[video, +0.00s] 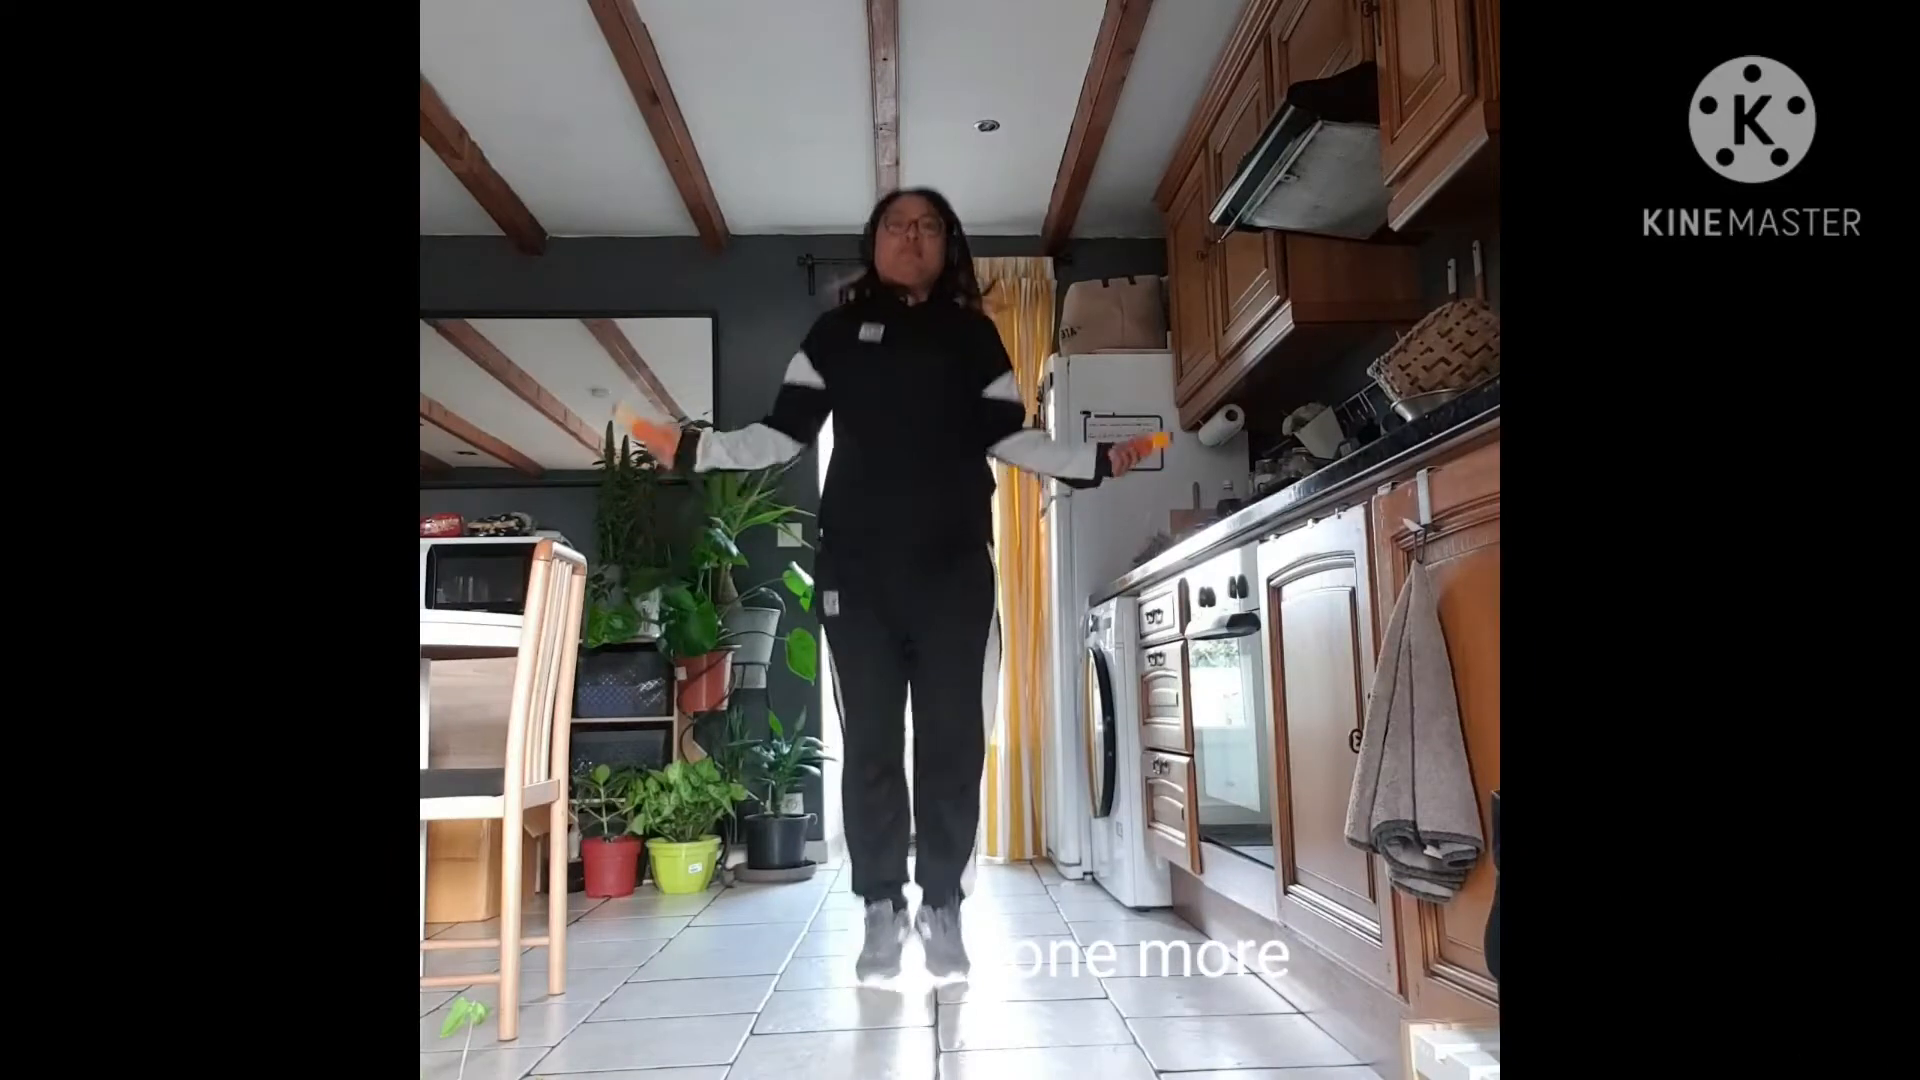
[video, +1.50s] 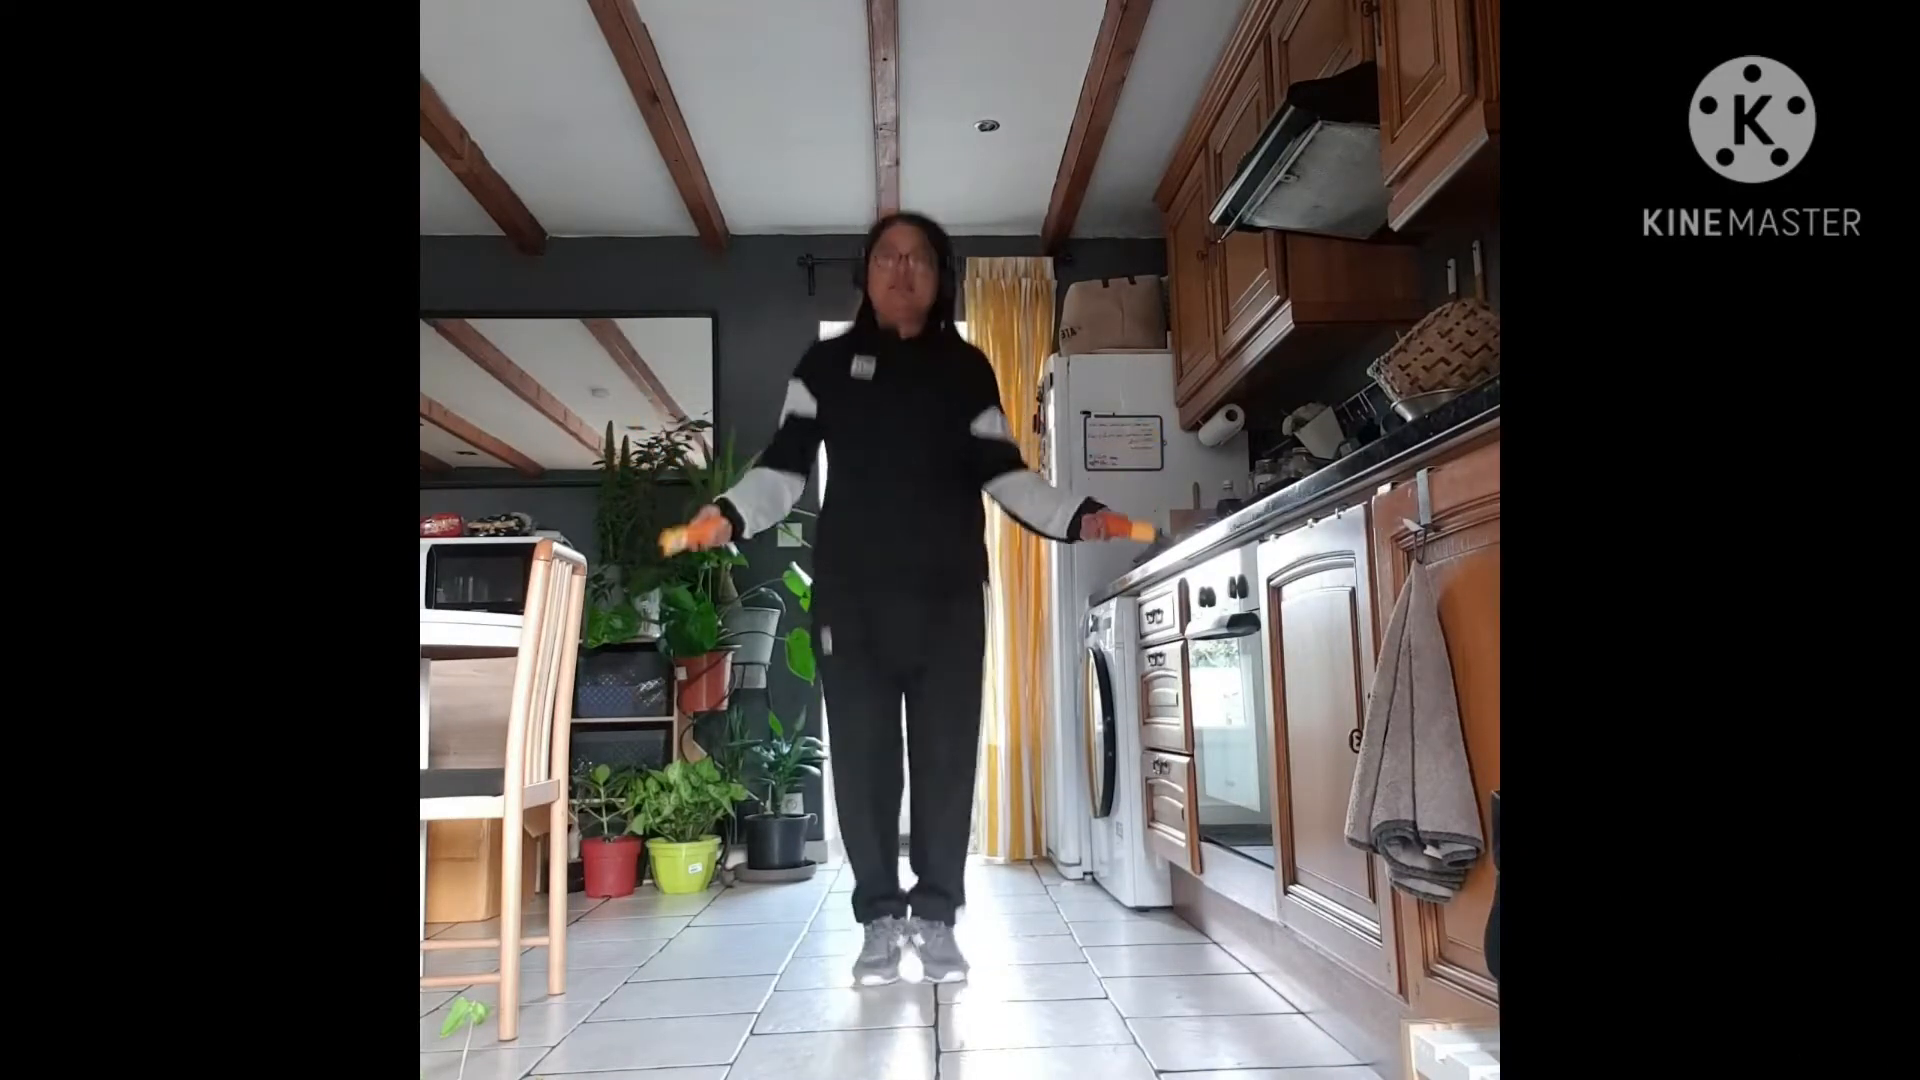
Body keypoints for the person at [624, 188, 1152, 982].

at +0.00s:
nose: (910, 236)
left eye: (926, 226)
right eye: (895, 225)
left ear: (949, 250)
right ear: (871, 247)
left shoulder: (972, 335)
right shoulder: (835, 332)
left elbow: (1009, 439)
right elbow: (784, 434)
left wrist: (1098, 460)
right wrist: (693, 446)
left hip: (953, 562)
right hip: (859, 561)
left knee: (952, 739)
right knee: (870, 740)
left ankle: (942, 909)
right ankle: (882, 912)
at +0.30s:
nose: (908, 215)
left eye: (924, 204)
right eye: (893, 203)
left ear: (947, 224)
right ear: (869, 223)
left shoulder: (969, 312)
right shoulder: (833, 311)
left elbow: (1008, 421)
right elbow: (790, 417)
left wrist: (1081, 482)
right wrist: (705, 476)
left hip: (951, 543)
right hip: (857, 541)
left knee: (950, 715)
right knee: (867, 716)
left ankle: (944, 884)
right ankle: (879, 885)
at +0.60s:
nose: (905, 261)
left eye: (921, 250)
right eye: (891, 249)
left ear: (944, 272)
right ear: (868, 269)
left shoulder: (970, 364)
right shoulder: (831, 358)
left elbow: (1006, 470)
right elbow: (785, 460)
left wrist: (1073, 498)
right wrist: (727, 490)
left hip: (953, 593)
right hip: (856, 592)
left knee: (949, 763)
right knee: (867, 765)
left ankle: (940, 924)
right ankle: (881, 927)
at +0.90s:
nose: (899, 254)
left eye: (915, 244)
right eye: (884, 242)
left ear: (938, 267)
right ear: (862, 263)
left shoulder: (964, 356)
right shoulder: (828, 354)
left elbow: (1001, 456)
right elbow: (777, 454)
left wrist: (1090, 462)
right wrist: (692, 446)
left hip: (945, 583)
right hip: (849, 583)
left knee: (943, 754)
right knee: (860, 755)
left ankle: (938, 921)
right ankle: (872, 920)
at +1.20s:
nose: (899, 212)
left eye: (914, 201)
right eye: (884, 200)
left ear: (938, 221)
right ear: (859, 219)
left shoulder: (963, 309)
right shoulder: (825, 307)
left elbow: (1002, 421)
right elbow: (782, 421)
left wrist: (1081, 468)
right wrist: (694, 465)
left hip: (946, 533)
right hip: (849, 531)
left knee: (941, 710)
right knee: (859, 711)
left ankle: (938, 884)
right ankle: (873, 881)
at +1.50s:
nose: (901, 268)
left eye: (918, 257)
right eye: (887, 255)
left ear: (940, 277)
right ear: (865, 273)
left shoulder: (966, 367)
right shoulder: (827, 364)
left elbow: (1002, 473)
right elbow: (786, 466)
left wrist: (1077, 515)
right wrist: (726, 514)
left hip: (948, 593)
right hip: (852, 592)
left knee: (946, 760)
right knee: (864, 761)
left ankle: (937, 920)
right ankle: (880, 920)